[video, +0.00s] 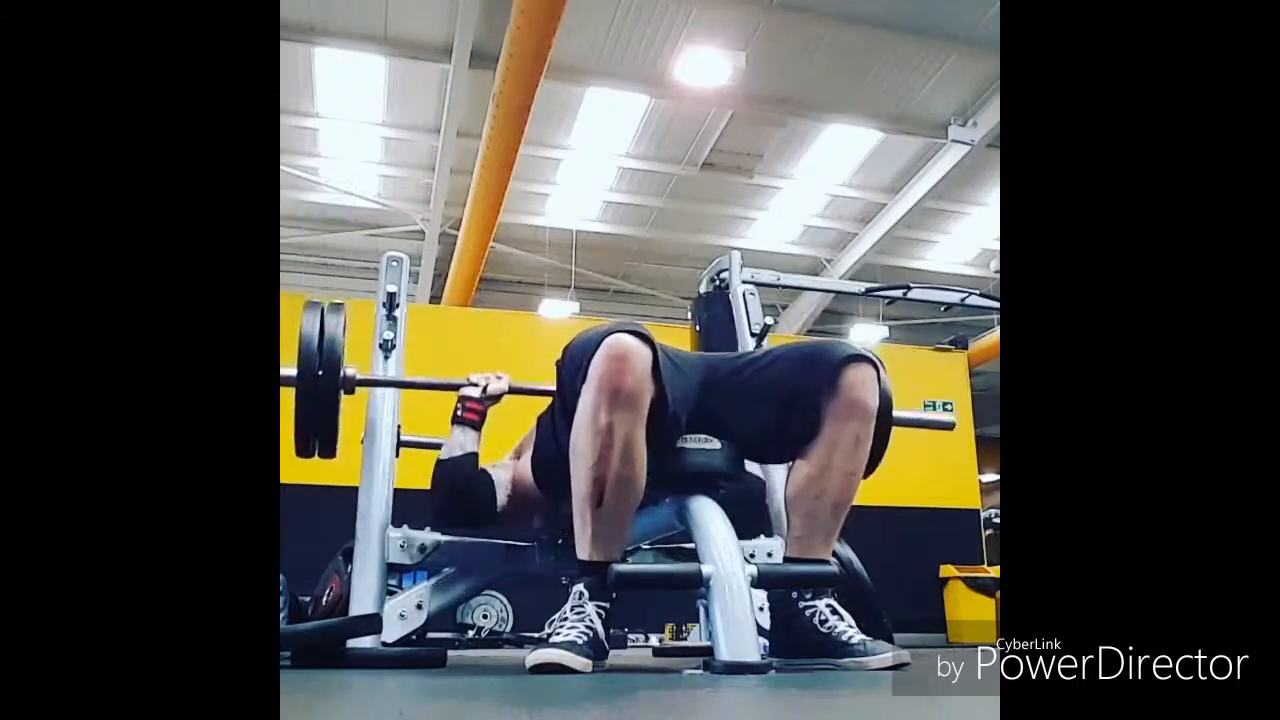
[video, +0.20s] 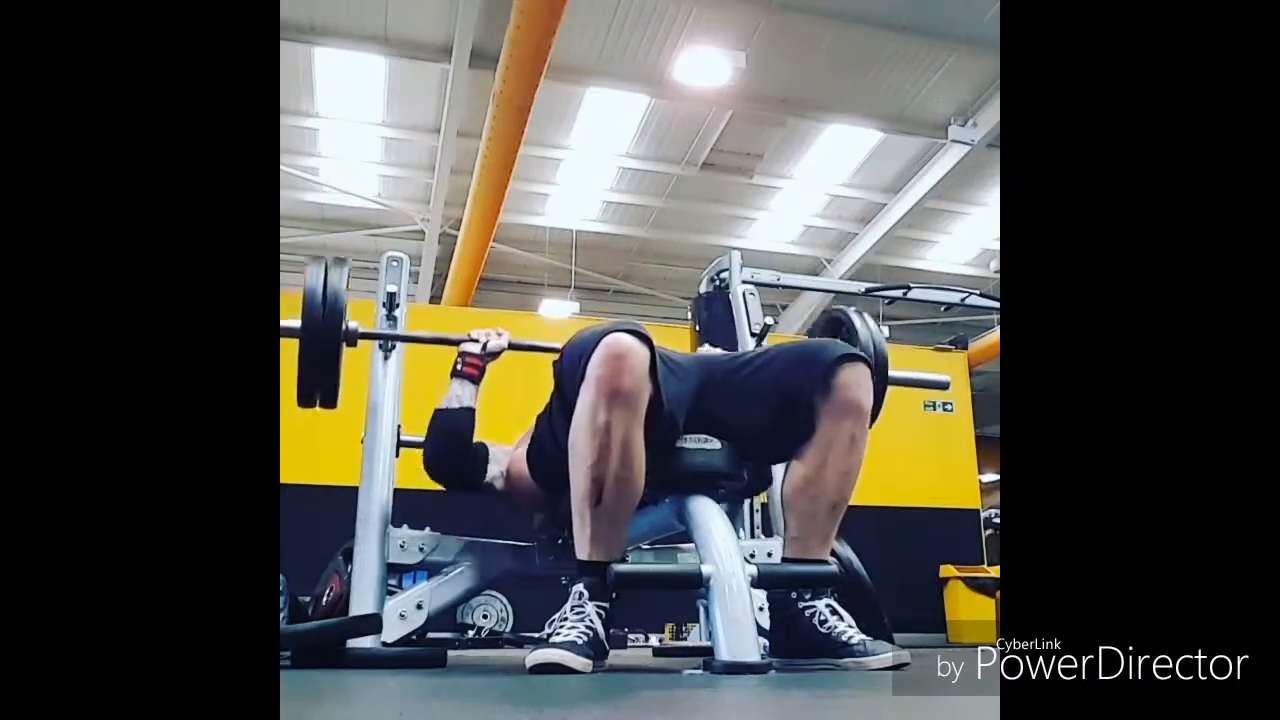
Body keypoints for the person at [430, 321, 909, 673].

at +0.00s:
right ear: (505, 497)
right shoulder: (530, 481)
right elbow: (456, 505)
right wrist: (470, 411)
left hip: (711, 375)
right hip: (631, 358)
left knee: (856, 379)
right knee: (621, 358)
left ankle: (801, 604)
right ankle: (587, 606)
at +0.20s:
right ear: (518, 495)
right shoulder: (520, 474)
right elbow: (445, 456)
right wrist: (470, 363)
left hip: (706, 374)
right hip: (628, 359)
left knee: (848, 376)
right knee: (619, 356)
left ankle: (802, 606)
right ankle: (587, 606)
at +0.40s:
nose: (501, 449)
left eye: (504, 450)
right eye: (498, 456)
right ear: (504, 471)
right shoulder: (518, 471)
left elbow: (737, 408)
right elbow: (452, 407)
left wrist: (721, 336)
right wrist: (467, 315)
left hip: (691, 385)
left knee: (843, 377)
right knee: (618, 354)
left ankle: (800, 608)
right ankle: (585, 607)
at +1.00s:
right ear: (496, 486)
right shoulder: (515, 477)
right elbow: (439, 479)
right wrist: (462, 388)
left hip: (701, 375)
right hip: (623, 360)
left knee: (845, 374)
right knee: (616, 356)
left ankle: (800, 607)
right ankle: (587, 604)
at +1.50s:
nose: (501, 458)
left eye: (501, 460)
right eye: (498, 465)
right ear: (504, 474)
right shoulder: (519, 465)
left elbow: (736, 412)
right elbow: (450, 409)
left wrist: (722, 343)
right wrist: (467, 320)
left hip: (695, 388)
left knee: (844, 377)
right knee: (618, 354)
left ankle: (799, 609)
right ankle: (585, 607)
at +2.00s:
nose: (512, 495)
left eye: (504, 486)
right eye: (503, 493)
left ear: (511, 465)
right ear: (505, 475)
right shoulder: (521, 456)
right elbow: (442, 434)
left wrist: (719, 357)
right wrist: (469, 345)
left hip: (710, 392)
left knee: (845, 375)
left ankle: (800, 607)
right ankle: (587, 606)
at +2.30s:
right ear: (496, 496)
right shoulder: (529, 486)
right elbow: (456, 494)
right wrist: (468, 405)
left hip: (705, 377)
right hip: (630, 361)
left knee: (849, 374)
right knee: (618, 357)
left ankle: (800, 608)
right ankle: (588, 607)